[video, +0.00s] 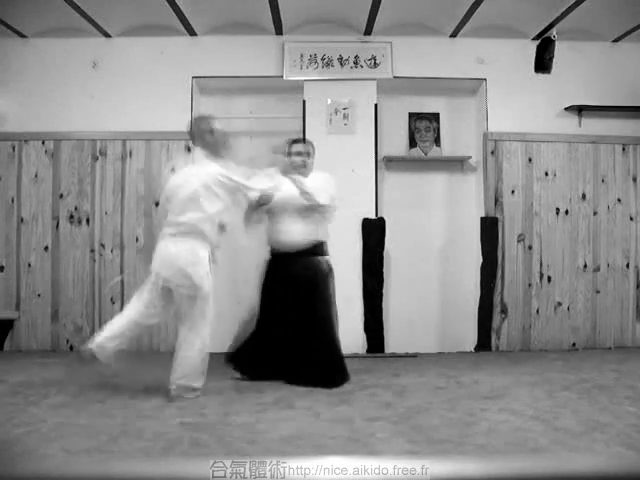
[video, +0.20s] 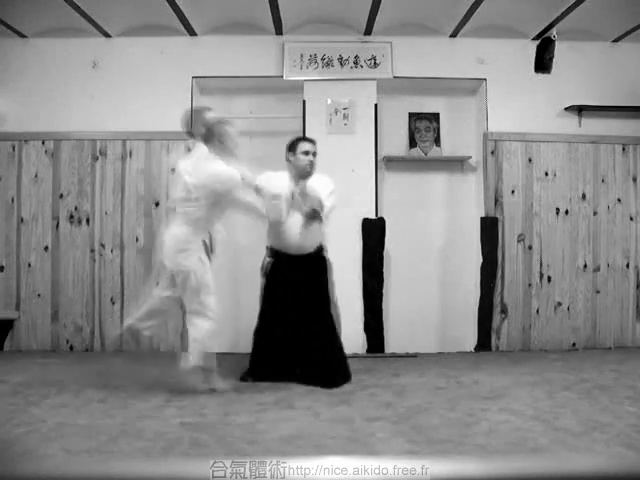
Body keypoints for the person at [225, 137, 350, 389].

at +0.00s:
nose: (300, 159)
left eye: (305, 155)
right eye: (296, 154)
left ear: (312, 158)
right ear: (286, 157)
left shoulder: (322, 181)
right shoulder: (273, 181)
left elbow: (323, 208)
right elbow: (250, 217)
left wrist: (297, 182)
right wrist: (258, 203)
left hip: (312, 258)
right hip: (280, 259)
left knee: (312, 317)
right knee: (275, 316)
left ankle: (315, 371)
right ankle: (274, 368)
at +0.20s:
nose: (311, 159)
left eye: (314, 155)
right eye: (305, 154)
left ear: (316, 159)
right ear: (290, 156)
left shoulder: (322, 185)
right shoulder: (272, 182)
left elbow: (314, 215)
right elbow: (244, 182)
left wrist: (300, 190)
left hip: (311, 261)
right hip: (280, 260)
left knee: (314, 319)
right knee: (276, 318)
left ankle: (318, 370)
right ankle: (272, 370)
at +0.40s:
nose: (301, 157)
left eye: (304, 153)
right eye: (295, 153)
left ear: (307, 157)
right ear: (280, 155)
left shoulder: (312, 185)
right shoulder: (267, 181)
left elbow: (312, 217)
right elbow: (255, 219)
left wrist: (299, 236)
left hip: (302, 257)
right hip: (272, 256)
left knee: (306, 313)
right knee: (272, 314)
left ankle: (314, 369)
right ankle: (270, 368)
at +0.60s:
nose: (288, 156)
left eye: (291, 152)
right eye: (282, 151)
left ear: (295, 155)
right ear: (268, 155)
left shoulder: (305, 182)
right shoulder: (251, 180)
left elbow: (310, 219)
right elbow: (254, 214)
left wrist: (304, 239)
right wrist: (274, 235)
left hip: (300, 249)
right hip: (264, 249)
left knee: (301, 311)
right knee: (267, 311)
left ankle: (307, 370)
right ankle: (266, 370)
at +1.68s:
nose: (281, 158)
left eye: (286, 153)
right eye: (276, 153)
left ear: (294, 158)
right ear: (267, 156)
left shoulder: (304, 190)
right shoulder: (248, 181)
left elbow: (313, 233)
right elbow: (224, 214)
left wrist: (318, 271)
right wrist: (209, 252)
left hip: (286, 264)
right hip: (251, 263)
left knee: (293, 323)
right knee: (252, 322)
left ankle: (309, 377)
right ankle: (255, 373)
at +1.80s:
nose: (276, 157)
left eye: (281, 153)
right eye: (270, 153)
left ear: (289, 157)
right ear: (262, 157)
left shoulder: (301, 189)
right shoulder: (244, 183)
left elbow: (312, 232)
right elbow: (222, 217)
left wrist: (322, 267)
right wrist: (206, 253)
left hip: (287, 265)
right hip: (252, 264)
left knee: (294, 325)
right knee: (253, 325)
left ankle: (309, 378)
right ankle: (256, 377)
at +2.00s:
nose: (270, 157)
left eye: (275, 153)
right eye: (264, 153)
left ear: (282, 156)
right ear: (255, 157)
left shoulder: (294, 188)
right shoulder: (237, 185)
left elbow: (307, 230)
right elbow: (222, 223)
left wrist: (318, 267)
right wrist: (215, 260)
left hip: (283, 263)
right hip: (249, 263)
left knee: (292, 322)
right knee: (250, 322)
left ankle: (307, 376)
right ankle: (254, 374)